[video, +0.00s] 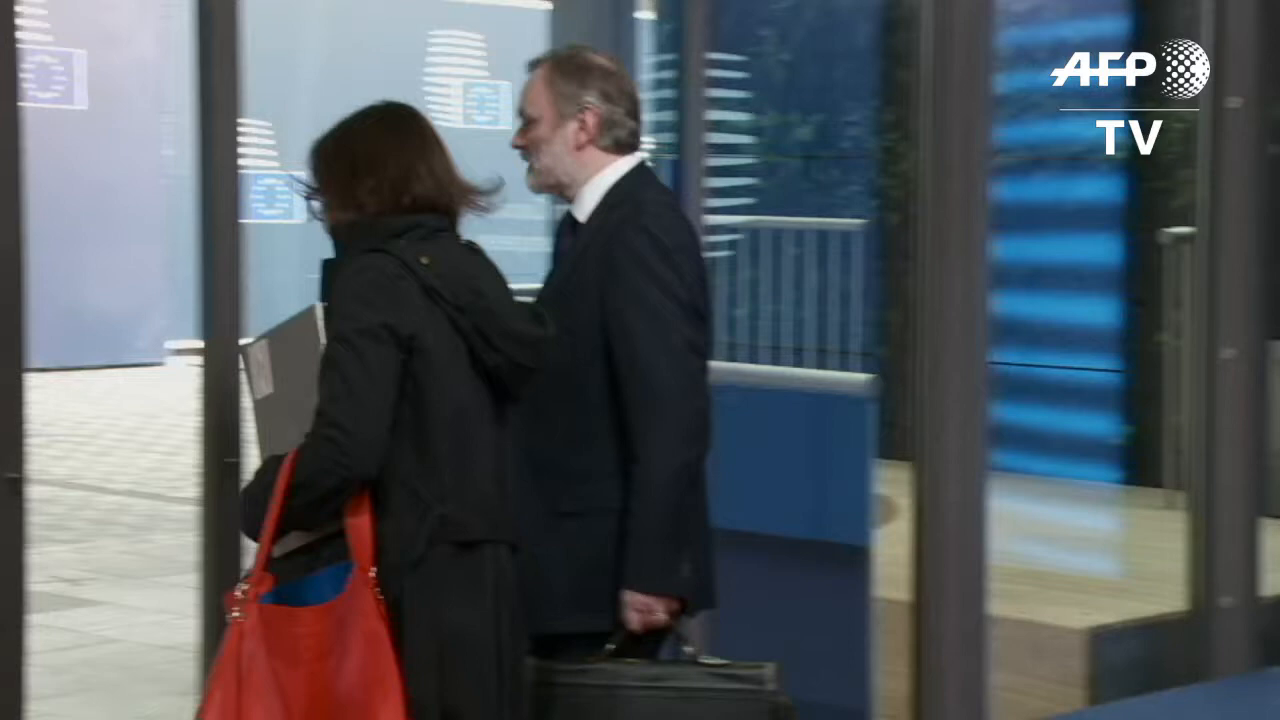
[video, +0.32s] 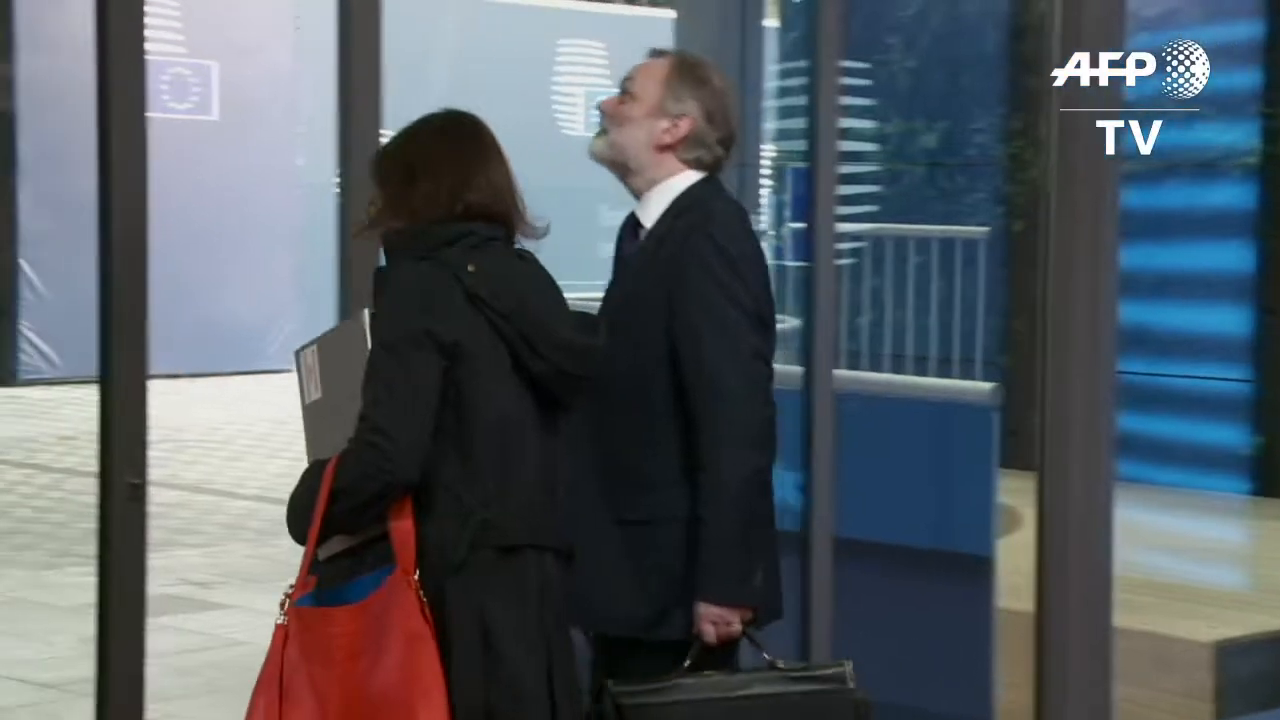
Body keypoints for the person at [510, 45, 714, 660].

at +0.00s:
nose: (517, 140)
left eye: (531, 122)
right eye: (521, 123)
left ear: (583, 127)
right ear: (582, 128)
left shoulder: (639, 228)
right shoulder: (592, 222)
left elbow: (668, 412)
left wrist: (650, 572)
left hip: (609, 569)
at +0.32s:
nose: (607, 105)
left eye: (627, 96)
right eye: (617, 92)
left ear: (672, 130)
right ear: (667, 131)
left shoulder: (707, 234)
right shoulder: (653, 228)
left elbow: (734, 419)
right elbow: (639, 400)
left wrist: (724, 581)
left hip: (676, 576)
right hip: (635, 565)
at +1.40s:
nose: (726, 185)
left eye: (728, 167)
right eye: (723, 169)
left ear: (769, 156)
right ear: (773, 156)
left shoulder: (840, 254)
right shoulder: (820, 239)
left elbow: (863, 440)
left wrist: (857, 606)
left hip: (822, 602)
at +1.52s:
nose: (731, 188)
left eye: (732, 170)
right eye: (728, 172)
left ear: (771, 160)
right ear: (774, 160)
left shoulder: (848, 254)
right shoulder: (821, 241)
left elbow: (874, 441)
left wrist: (871, 606)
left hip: (841, 601)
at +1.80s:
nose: (763, 194)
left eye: (764, 175)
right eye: (760, 177)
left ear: (805, 162)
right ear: (809, 162)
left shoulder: (884, 258)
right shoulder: (854, 245)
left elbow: (934, 442)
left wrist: (917, 599)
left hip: (867, 608)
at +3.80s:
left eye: (573, 163)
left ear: (578, 170)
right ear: (656, 159)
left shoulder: (548, 251)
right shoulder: (720, 255)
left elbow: (531, 400)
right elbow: (759, 393)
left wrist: (516, 520)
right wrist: (767, 511)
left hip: (587, 510)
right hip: (692, 513)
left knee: (594, 676)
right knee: (653, 678)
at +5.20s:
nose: (547, 189)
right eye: (546, 182)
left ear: (483, 186)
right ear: (541, 188)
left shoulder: (447, 252)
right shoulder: (583, 267)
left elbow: (418, 357)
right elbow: (607, 373)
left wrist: (401, 453)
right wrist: (611, 464)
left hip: (461, 457)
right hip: (541, 463)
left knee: (478, 595)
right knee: (515, 592)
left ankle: (503, 710)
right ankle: (484, 705)